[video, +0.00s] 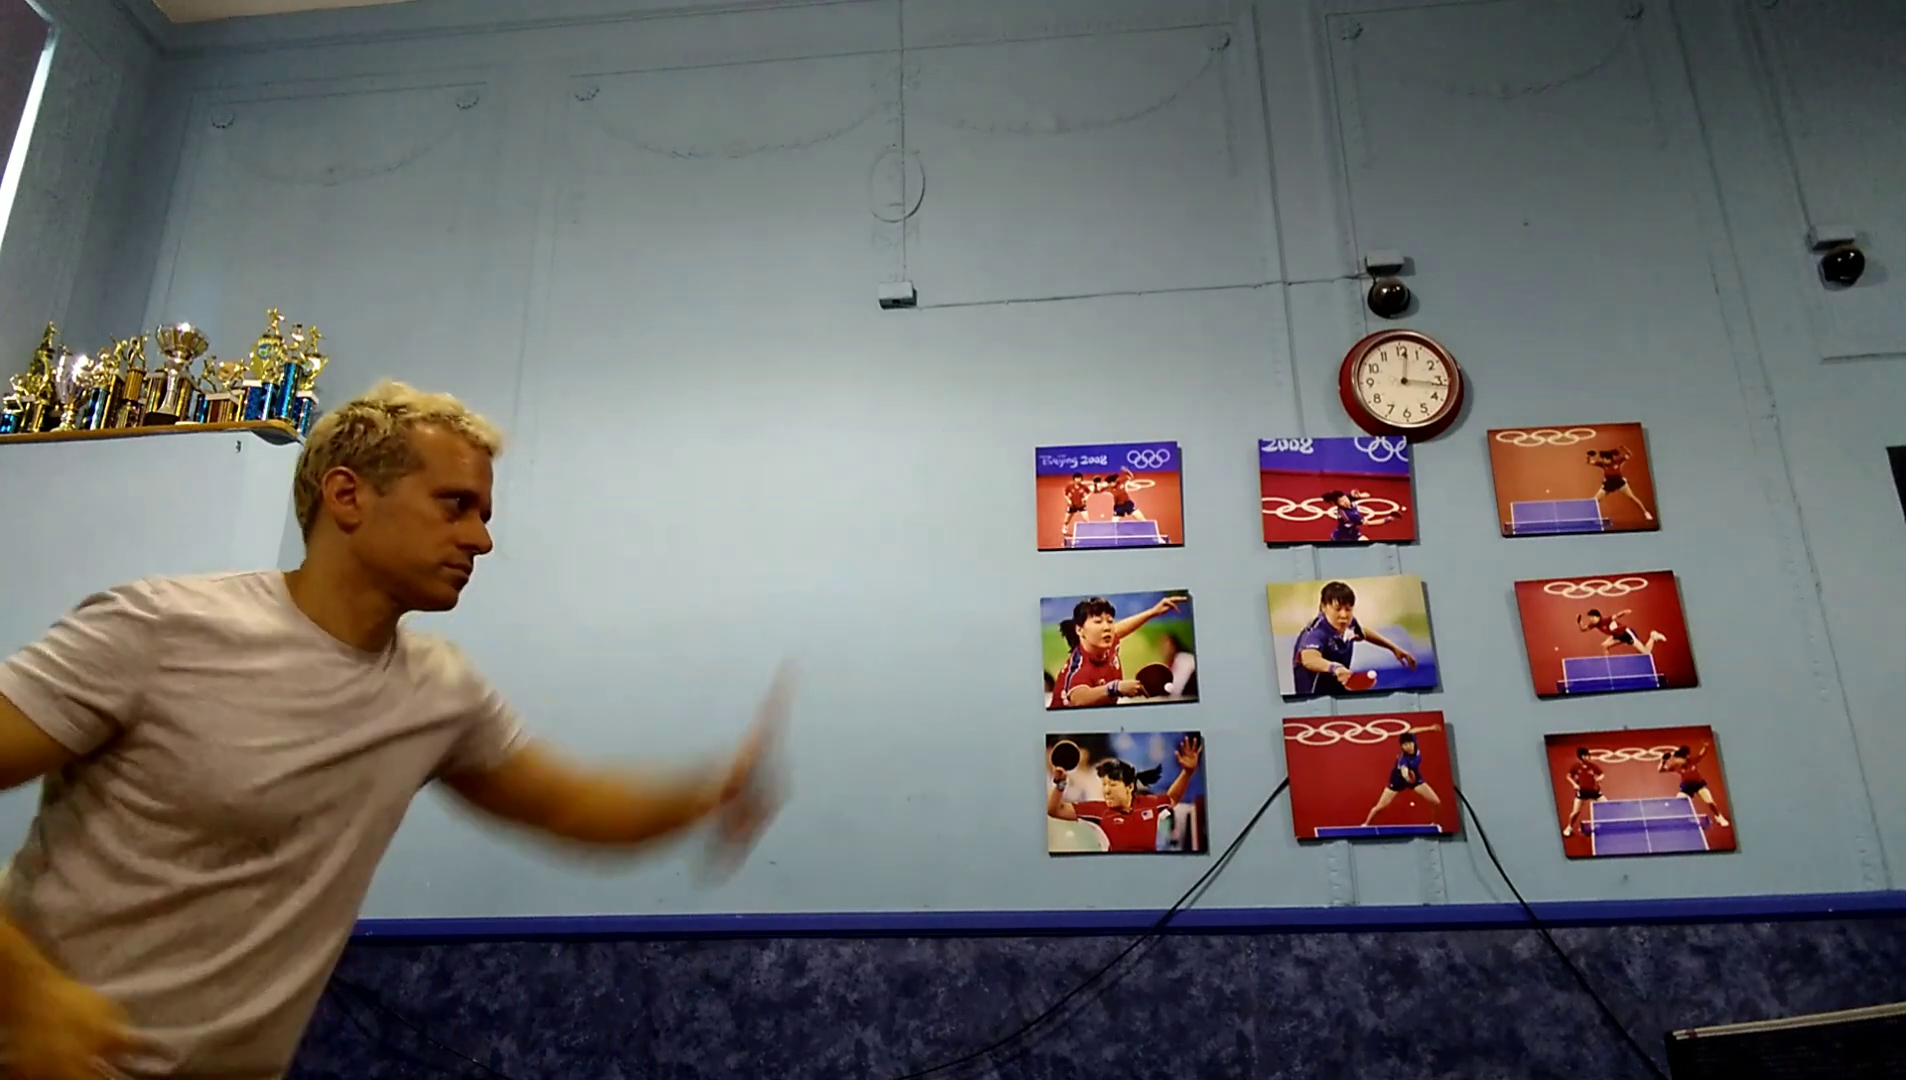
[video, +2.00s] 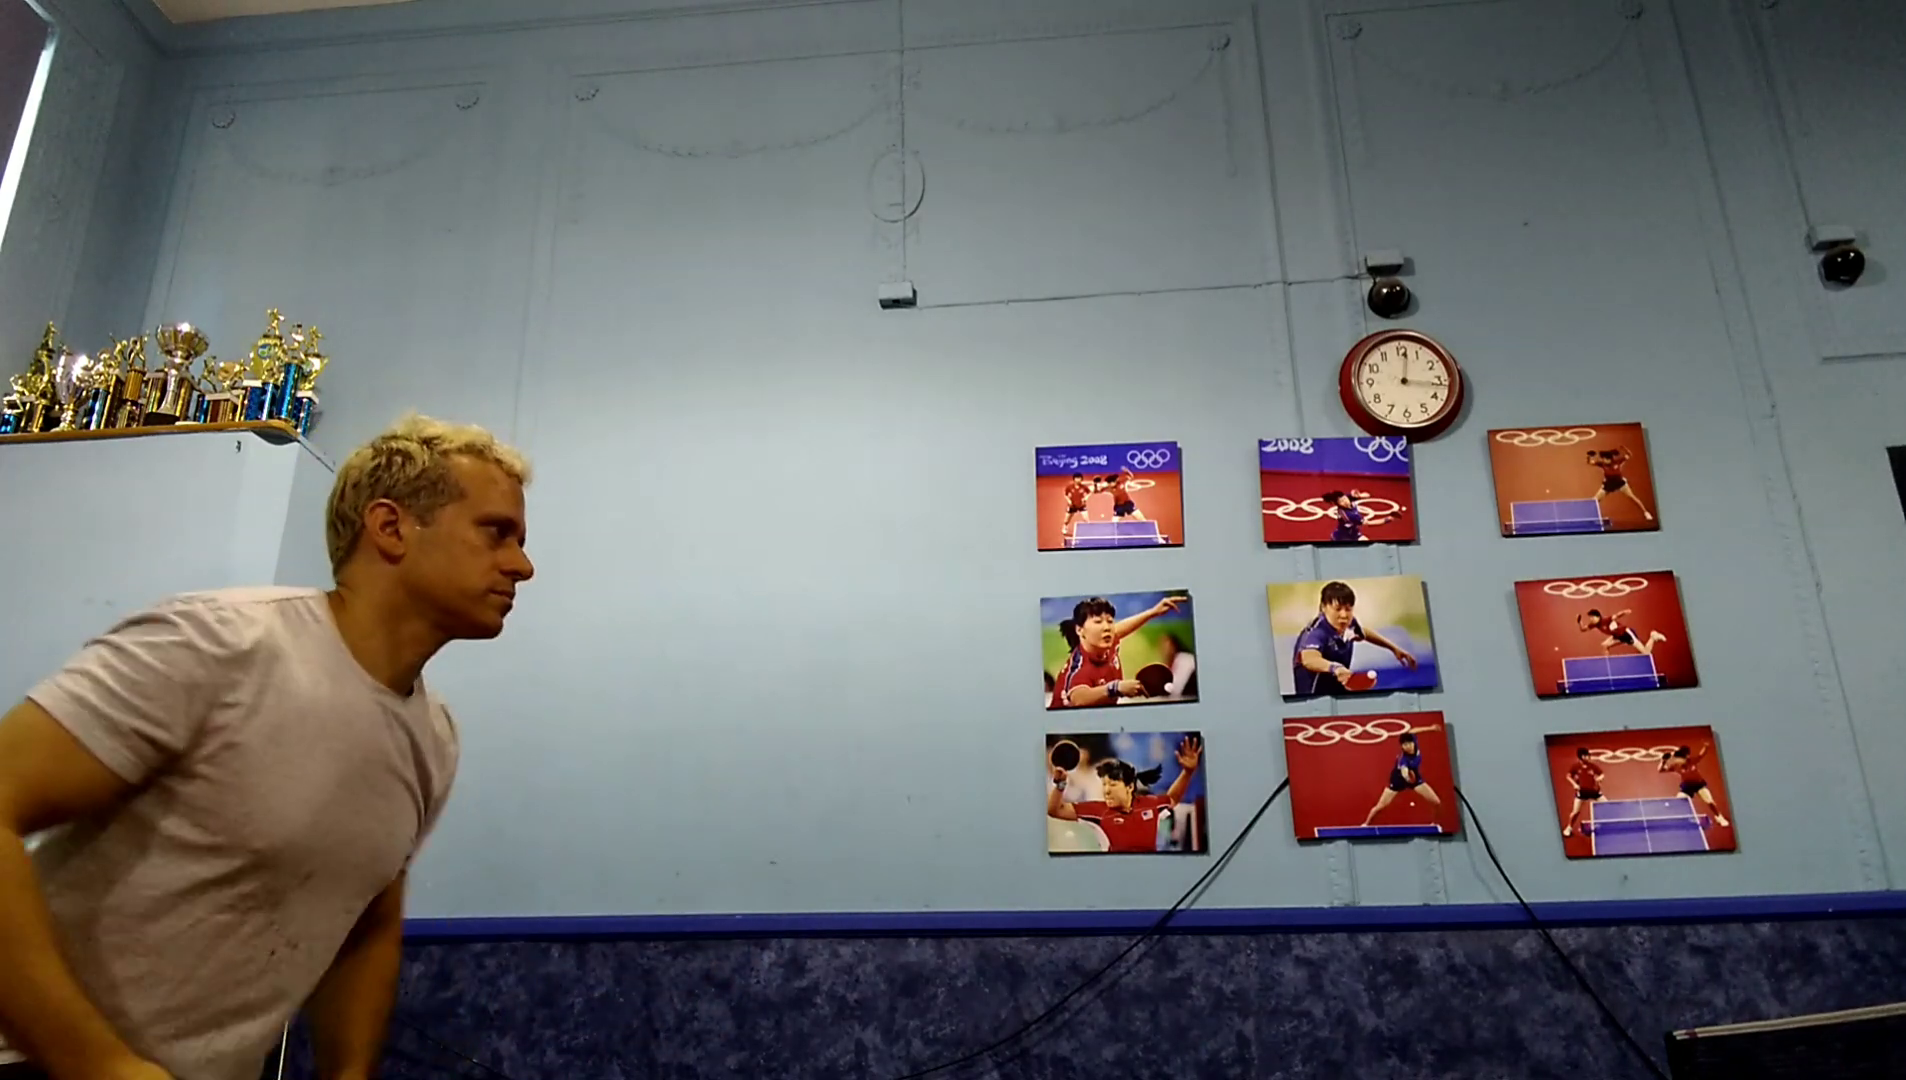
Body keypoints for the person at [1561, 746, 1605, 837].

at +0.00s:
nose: (1588, 758)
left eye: (1588, 755)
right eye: (1586, 756)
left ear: (1588, 756)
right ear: (1581, 757)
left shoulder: (1592, 766)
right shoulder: (1576, 766)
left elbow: (1602, 774)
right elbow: (1569, 776)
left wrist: (1598, 779)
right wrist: (1574, 784)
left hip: (1594, 791)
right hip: (1582, 791)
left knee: (1607, 806)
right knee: (1576, 812)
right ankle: (1569, 827)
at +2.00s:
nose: (1587, 758)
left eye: (1588, 755)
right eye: (1585, 756)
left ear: (1588, 756)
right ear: (1581, 757)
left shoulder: (1592, 766)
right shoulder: (1576, 767)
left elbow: (1602, 774)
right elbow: (1568, 776)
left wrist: (1598, 779)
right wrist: (1574, 784)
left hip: (1594, 791)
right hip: (1582, 791)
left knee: (1607, 806)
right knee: (1576, 812)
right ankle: (1569, 827)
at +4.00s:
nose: (1588, 758)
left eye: (1588, 755)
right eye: (1586, 756)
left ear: (1588, 756)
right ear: (1581, 757)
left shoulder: (1592, 766)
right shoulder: (1576, 767)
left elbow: (1602, 774)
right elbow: (1568, 776)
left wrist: (1598, 779)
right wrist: (1574, 784)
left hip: (1594, 791)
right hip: (1582, 791)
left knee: (1607, 806)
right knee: (1576, 812)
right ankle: (1569, 827)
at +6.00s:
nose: (1587, 758)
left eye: (1588, 755)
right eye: (1585, 755)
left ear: (1589, 756)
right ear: (1581, 757)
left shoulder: (1592, 766)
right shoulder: (1576, 766)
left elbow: (1602, 774)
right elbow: (1568, 776)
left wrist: (1598, 779)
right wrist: (1574, 785)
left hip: (1594, 791)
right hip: (1582, 791)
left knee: (1606, 806)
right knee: (1576, 811)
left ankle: (1606, 826)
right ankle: (1569, 827)